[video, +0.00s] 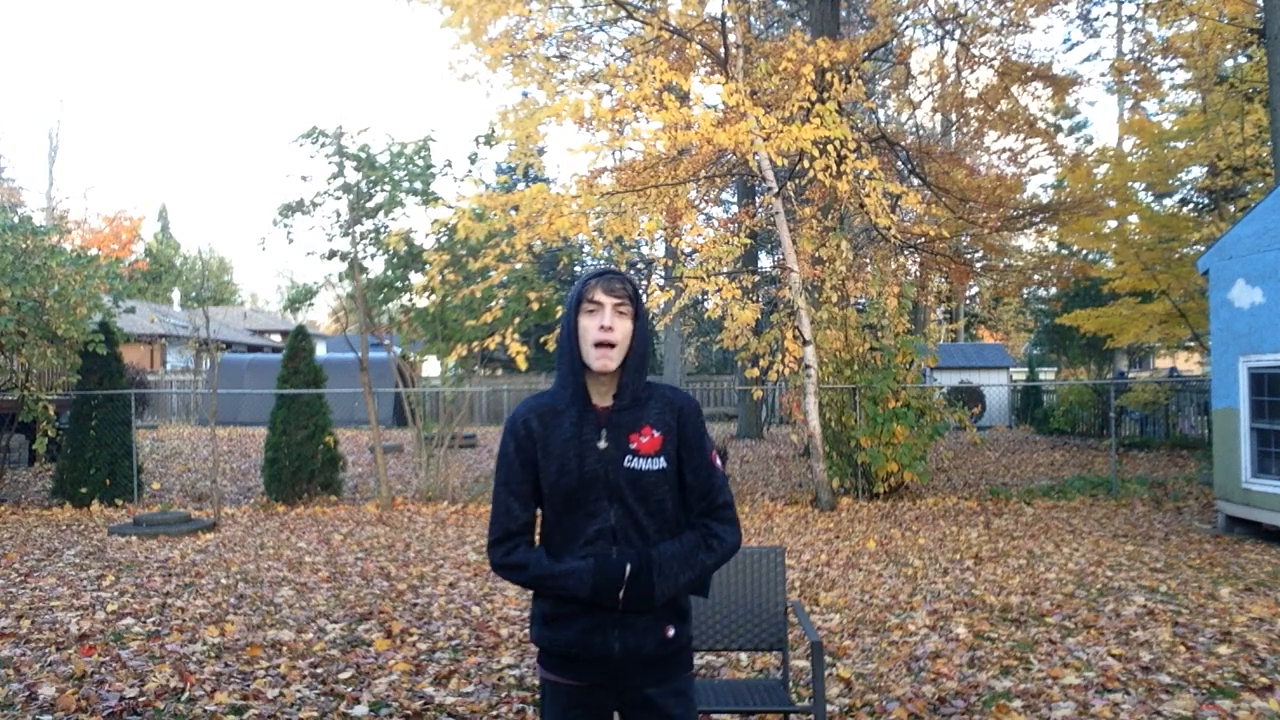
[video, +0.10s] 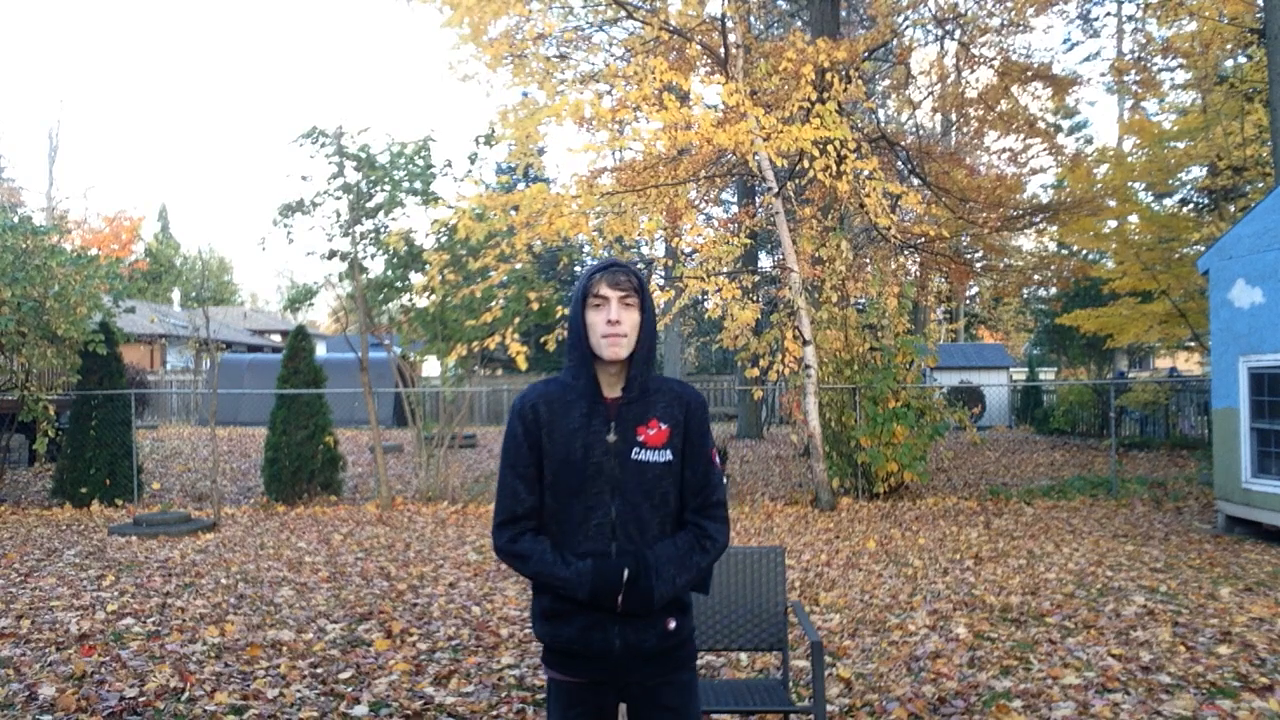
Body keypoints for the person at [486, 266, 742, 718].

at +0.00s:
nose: (606, 325)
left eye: (621, 312)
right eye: (592, 310)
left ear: (637, 329)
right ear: (571, 326)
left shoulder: (676, 412)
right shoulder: (533, 421)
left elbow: (722, 528)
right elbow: (506, 549)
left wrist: (648, 573)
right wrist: (593, 577)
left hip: (661, 659)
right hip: (569, 661)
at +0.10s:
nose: (613, 318)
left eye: (626, 304)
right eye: (598, 305)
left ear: (645, 318)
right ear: (579, 318)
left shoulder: (682, 405)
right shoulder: (538, 407)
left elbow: (711, 526)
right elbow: (511, 532)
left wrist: (648, 576)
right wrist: (588, 578)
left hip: (663, 646)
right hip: (574, 650)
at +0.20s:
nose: (621, 320)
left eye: (633, 306)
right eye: (605, 308)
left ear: (653, 319)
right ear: (588, 323)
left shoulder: (689, 409)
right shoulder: (545, 407)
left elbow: (713, 529)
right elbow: (515, 532)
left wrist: (651, 578)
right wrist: (594, 577)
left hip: (667, 648)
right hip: (578, 651)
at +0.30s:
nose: (626, 323)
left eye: (639, 307)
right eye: (611, 310)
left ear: (659, 320)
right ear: (595, 324)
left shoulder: (696, 411)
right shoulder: (554, 406)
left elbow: (720, 531)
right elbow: (523, 532)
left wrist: (659, 581)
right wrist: (603, 579)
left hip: (670, 650)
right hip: (580, 652)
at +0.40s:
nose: (633, 319)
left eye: (645, 304)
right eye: (617, 307)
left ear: (665, 317)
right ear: (602, 321)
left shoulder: (702, 409)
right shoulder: (561, 402)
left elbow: (724, 528)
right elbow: (528, 527)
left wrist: (662, 576)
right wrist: (608, 575)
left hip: (674, 648)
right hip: (586, 650)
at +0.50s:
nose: (639, 322)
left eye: (652, 307)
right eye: (623, 309)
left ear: (672, 319)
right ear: (608, 323)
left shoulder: (709, 411)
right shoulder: (566, 405)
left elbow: (732, 531)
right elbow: (536, 528)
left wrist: (667, 579)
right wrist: (611, 578)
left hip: (681, 651)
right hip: (590, 651)